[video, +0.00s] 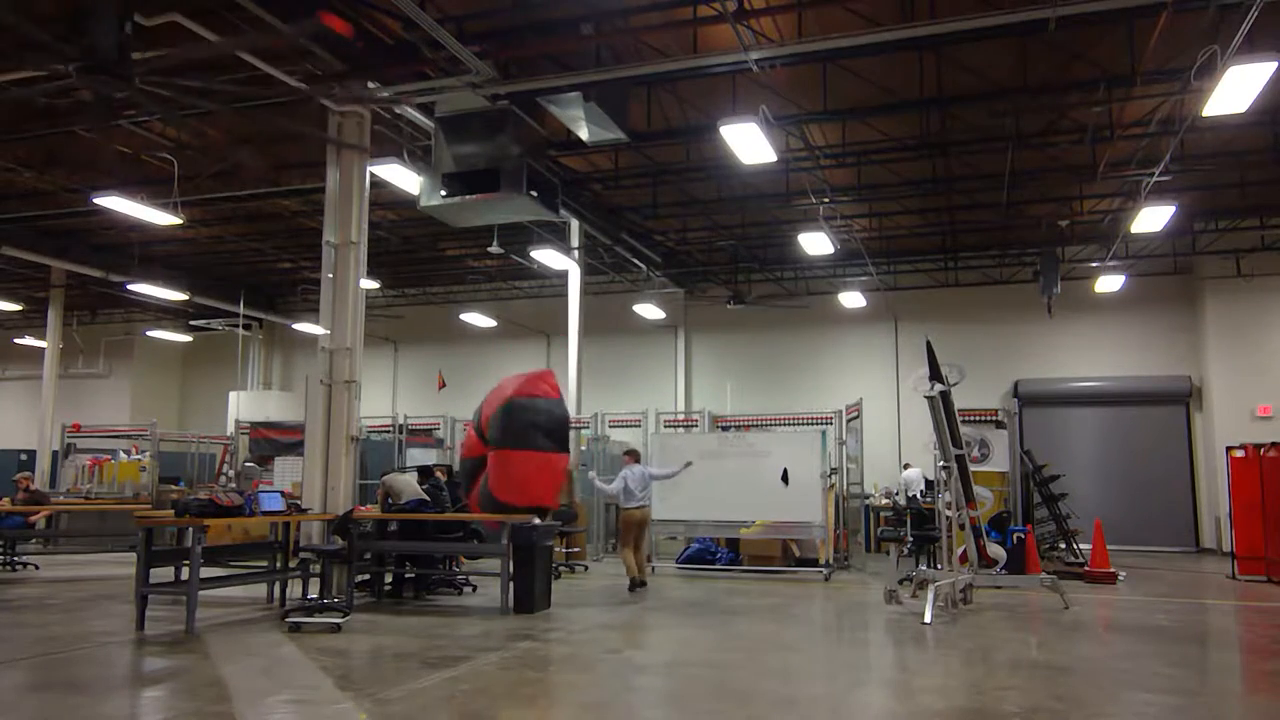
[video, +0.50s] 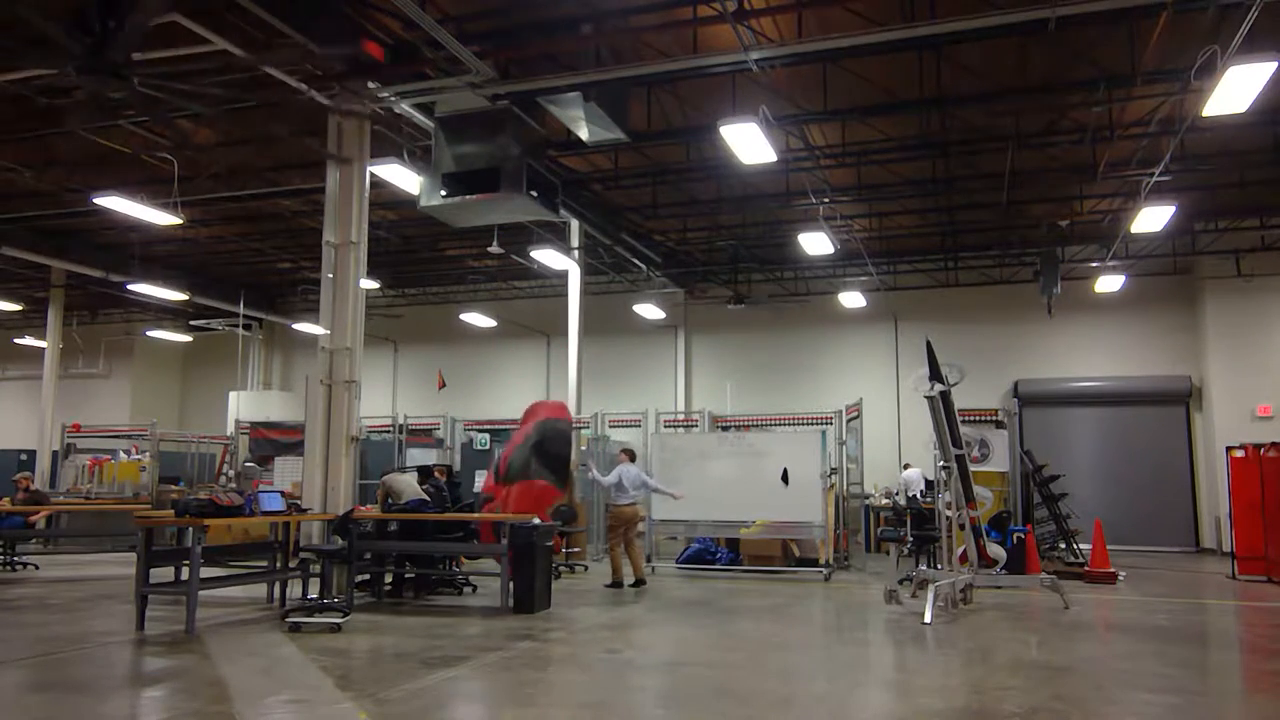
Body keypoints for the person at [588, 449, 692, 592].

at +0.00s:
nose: (623, 460)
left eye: (625, 457)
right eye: (624, 457)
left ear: (631, 458)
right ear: (636, 459)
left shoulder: (625, 473)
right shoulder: (645, 470)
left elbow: (613, 490)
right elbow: (665, 474)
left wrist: (594, 481)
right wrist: (682, 468)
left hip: (629, 512)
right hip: (645, 511)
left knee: (626, 547)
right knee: (638, 547)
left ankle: (633, 577)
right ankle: (642, 578)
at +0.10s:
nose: (622, 460)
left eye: (624, 457)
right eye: (623, 457)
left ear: (630, 458)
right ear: (635, 458)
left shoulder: (624, 472)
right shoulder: (644, 470)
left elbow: (611, 488)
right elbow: (663, 477)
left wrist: (595, 478)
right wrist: (683, 475)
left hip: (627, 512)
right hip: (642, 511)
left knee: (623, 544)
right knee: (637, 546)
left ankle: (631, 572)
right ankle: (642, 578)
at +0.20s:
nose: (621, 458)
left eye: (623, 455)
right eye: (622, 456)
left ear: (629, 456)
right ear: (634, 457)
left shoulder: (623, 469)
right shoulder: (643, 469)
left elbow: (610, 483)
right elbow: (661, 478)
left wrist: (595, 474)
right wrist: (680, 484)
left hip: (625, 509)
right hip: (640, 509)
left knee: (621, 543)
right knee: (636, 544)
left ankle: (627, 574)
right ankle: (641, 578)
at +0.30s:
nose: (620, 458)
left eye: (622, 455)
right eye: (621, 455)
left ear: (629, 455)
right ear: (633, 456)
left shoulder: (622, 468)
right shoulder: (641, 469)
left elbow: (608, 481)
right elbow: (658, 481)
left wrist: (595, 470)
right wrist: (677, 489)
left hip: (623, 508)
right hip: (638, 507)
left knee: (619, 545)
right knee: (635, 544)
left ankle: (620, 579)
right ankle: (640, 578)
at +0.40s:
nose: (619, 457)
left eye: (621, 455)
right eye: (620, 455)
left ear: (628, 456)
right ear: (631, 457)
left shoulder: (621, 469)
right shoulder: (639, 471)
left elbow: (607, 480)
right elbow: (656, 484)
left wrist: (594, 469)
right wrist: (675, 492)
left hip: (620, 509)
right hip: (636, 508)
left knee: (617, 545)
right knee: (633, 543)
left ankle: (617, 579)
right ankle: (640, 577)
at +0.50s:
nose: (618, 457)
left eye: (620, 455)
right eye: (619, 455)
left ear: (627, 457)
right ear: (630, 458)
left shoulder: (620, 469)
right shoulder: (637, 471)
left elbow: (606, 482)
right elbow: (652, 486)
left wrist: (593, 471)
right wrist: (672, 494)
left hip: (618, 509)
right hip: (633, 508)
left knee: (614, 545)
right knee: (631, 543)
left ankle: (617, 579)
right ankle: (640, 577)